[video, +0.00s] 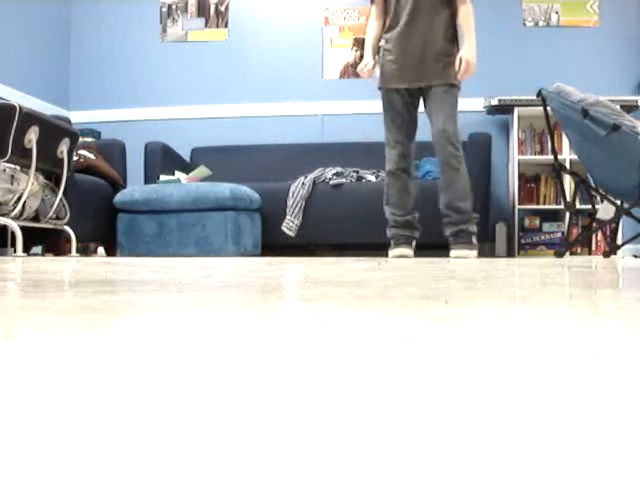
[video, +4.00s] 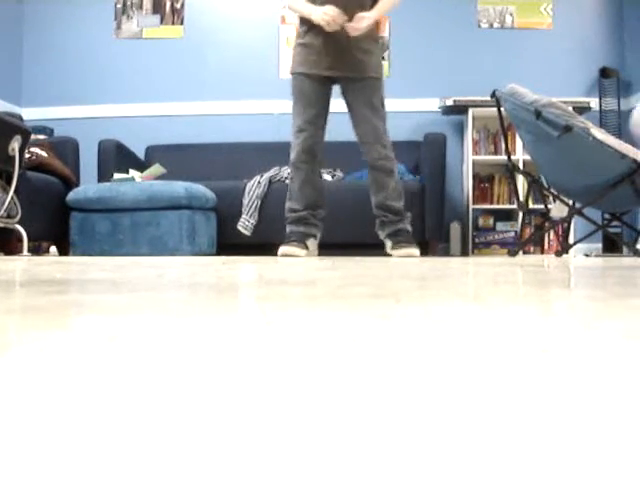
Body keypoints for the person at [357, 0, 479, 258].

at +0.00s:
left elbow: (463, 5)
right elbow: (378, 11)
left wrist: (468, 47)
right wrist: (368, 54)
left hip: (442, 60)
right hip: (395, 62)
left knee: (448, 147)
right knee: (396, 157)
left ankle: (461, 236)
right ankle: (401, 237)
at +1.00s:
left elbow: (471, 12)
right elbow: (387, 9)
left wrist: (478, 60)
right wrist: (383, 51)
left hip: (452, 68)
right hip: (405, 67)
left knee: (454, 157)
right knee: (399, 155)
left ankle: (451, 238)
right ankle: (396, 238)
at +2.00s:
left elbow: (437, 15)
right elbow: (349, 12)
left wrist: (451, 62)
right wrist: (348, 51)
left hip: (410, 72)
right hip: (365, 69)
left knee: (419, 157)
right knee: (355, 154)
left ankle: (431, 238)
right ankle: (348, 238)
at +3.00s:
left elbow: (422, 2)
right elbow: (321, 7)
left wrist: (387, 26)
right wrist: (353, 24)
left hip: (395, 56)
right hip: (346, 57)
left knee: (402, 152)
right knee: (342, 154)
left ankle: (412, 237)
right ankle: (337, 238)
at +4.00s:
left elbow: (393, 2)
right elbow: (289, 3)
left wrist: (372, 15)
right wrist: (314, 12)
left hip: (362, 44)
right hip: (312, 44)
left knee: (377, 146)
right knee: (304, 145)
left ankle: (397, 234)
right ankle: (301, 235)